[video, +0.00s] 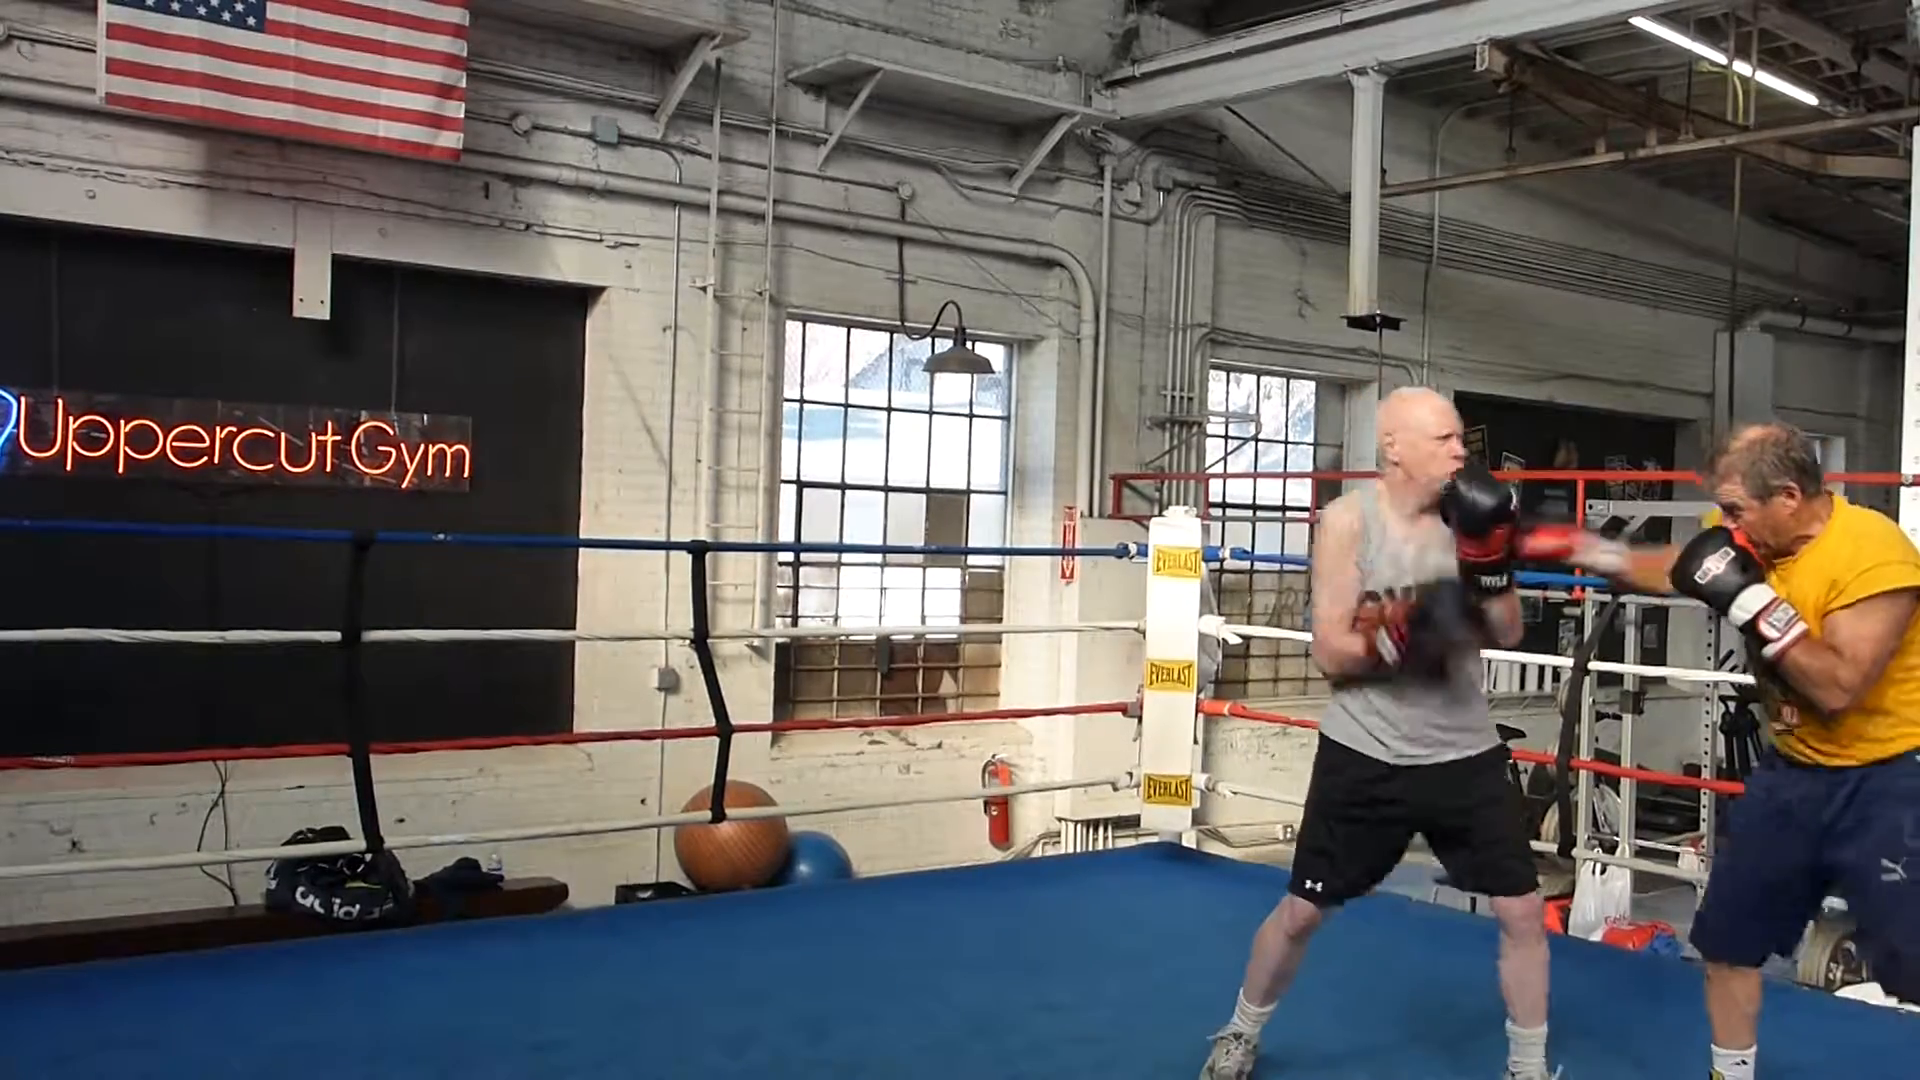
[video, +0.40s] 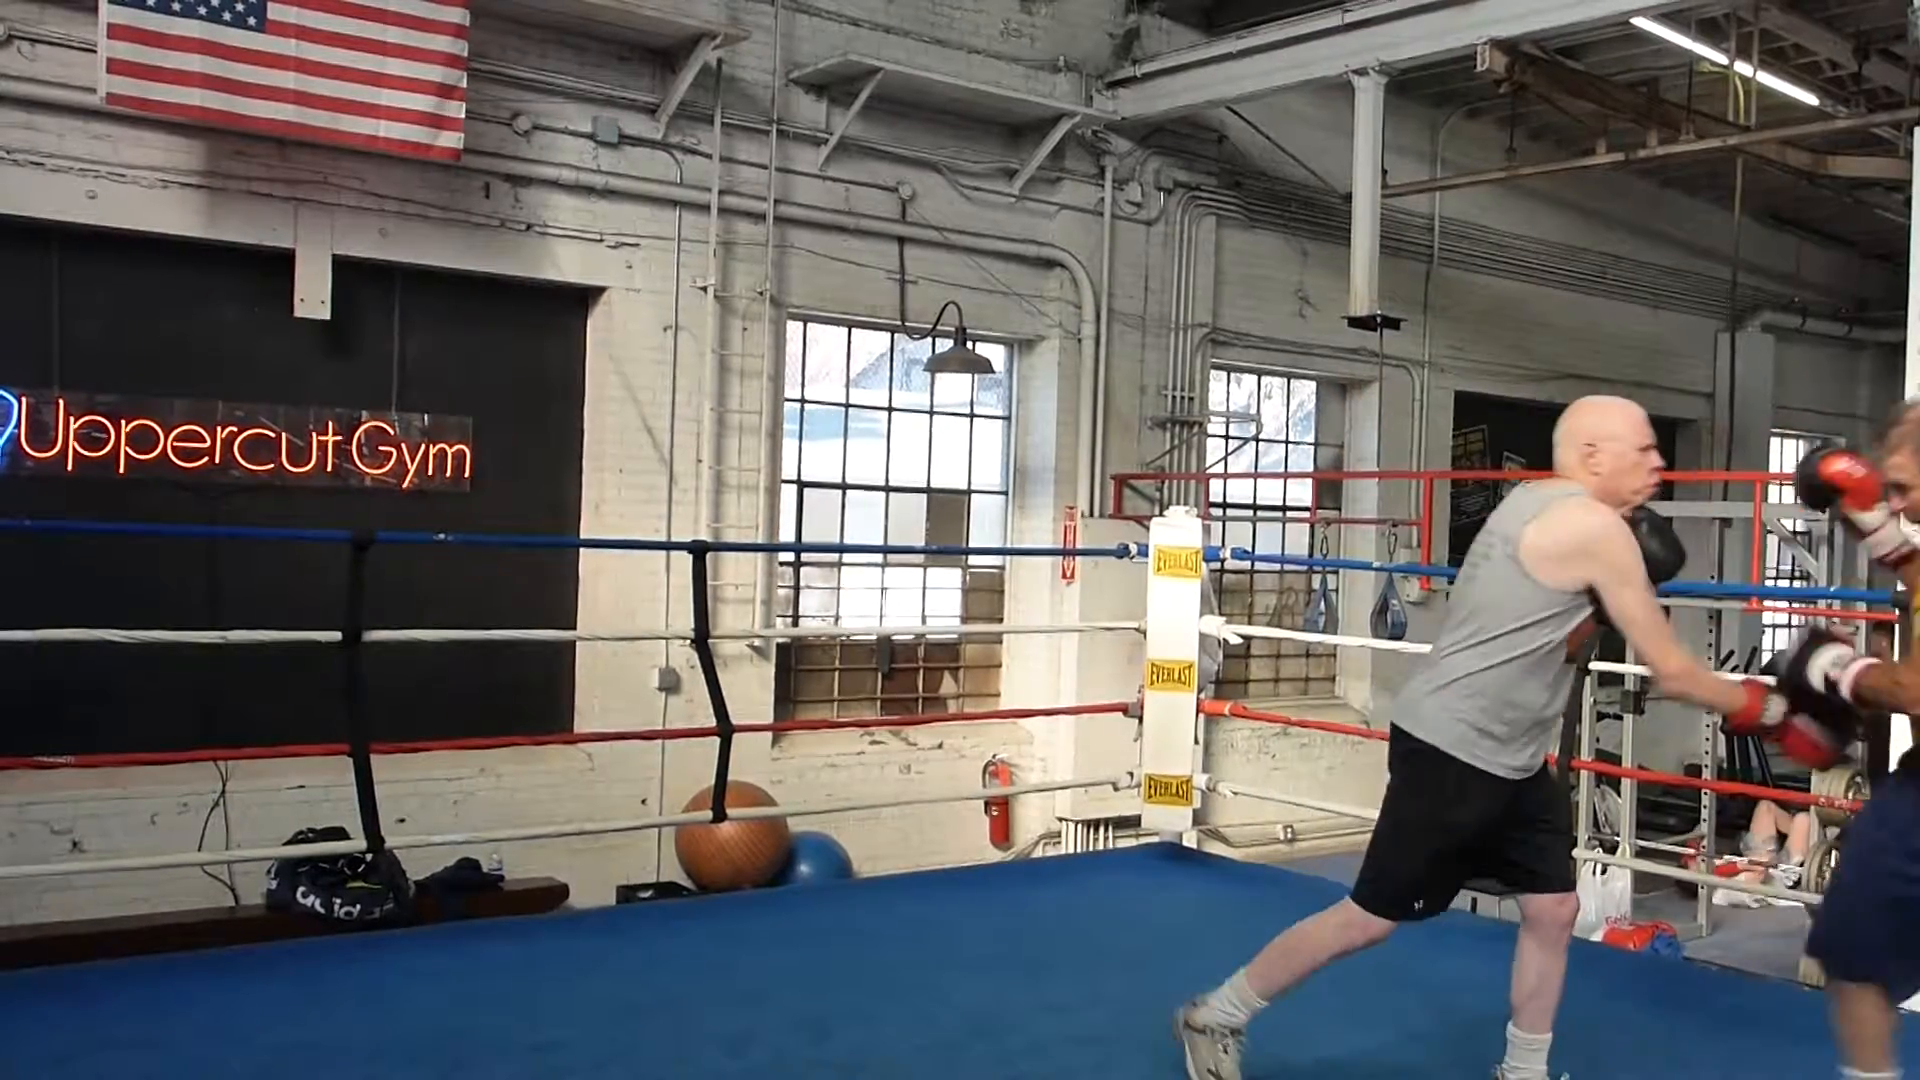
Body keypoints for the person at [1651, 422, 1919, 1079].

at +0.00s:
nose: (1727, 524)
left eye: (1735, 510)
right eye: (1724, 510)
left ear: (1789, 497)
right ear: (1785, 497)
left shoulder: (1877, 549)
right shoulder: (1759, 548)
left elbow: (1838, 685)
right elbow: (1681, 567)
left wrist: (1749, 597)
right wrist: (1588, 550)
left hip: (1888, 782)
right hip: (1790, 777)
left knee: (1907, 967)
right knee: (1727, 938)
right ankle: (1732, 1073)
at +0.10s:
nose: (1749, 533)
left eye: (1758, 518)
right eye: (1745, 518)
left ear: (1813, 506)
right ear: (1805, 505)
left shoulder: (1894, 564)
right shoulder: (1786, 551)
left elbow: (1856, 701)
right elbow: (1692, 589)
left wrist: (1772, 611)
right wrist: (1619, 552)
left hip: (1885, 800)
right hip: (1791, 787)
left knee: (1910, 988)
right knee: (1723, 940)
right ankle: (1732, 1074)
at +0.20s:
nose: (1787, 536)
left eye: (1797, 520)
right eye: (1784, 521)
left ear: (1856, 513)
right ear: (1850, 513)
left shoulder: (1914, 572)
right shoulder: (1806, 565)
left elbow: (1859, 708)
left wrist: (1770, 619)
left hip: (1903, 809)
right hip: (1817, 793)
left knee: (1913, 990)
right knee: (1739, 948)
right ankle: (1736, 1077)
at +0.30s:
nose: (1853, 529)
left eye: (1862, 514)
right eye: (1848, 515)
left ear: (1913, 505)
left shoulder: (1918, 585)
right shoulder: (1886, 561)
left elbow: (1861, 683)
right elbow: (1864, 604)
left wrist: (1779, 627)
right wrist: (1801, 578)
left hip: (1904, 802)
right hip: (1880, 796)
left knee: (1805, 963)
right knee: (1801, 963)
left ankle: (1756, 1070)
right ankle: (1753, 1073)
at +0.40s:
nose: (1896, 506)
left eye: (1905, 488)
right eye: (1888, 491)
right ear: (1876, 488)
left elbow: (1907, 690)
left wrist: (1844, 671)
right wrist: (1875, 528)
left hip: (1910, 782)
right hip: (1909, 778)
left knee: (1852, 939)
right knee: (1850, 937)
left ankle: (1872, 1070)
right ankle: (1872, 1071)